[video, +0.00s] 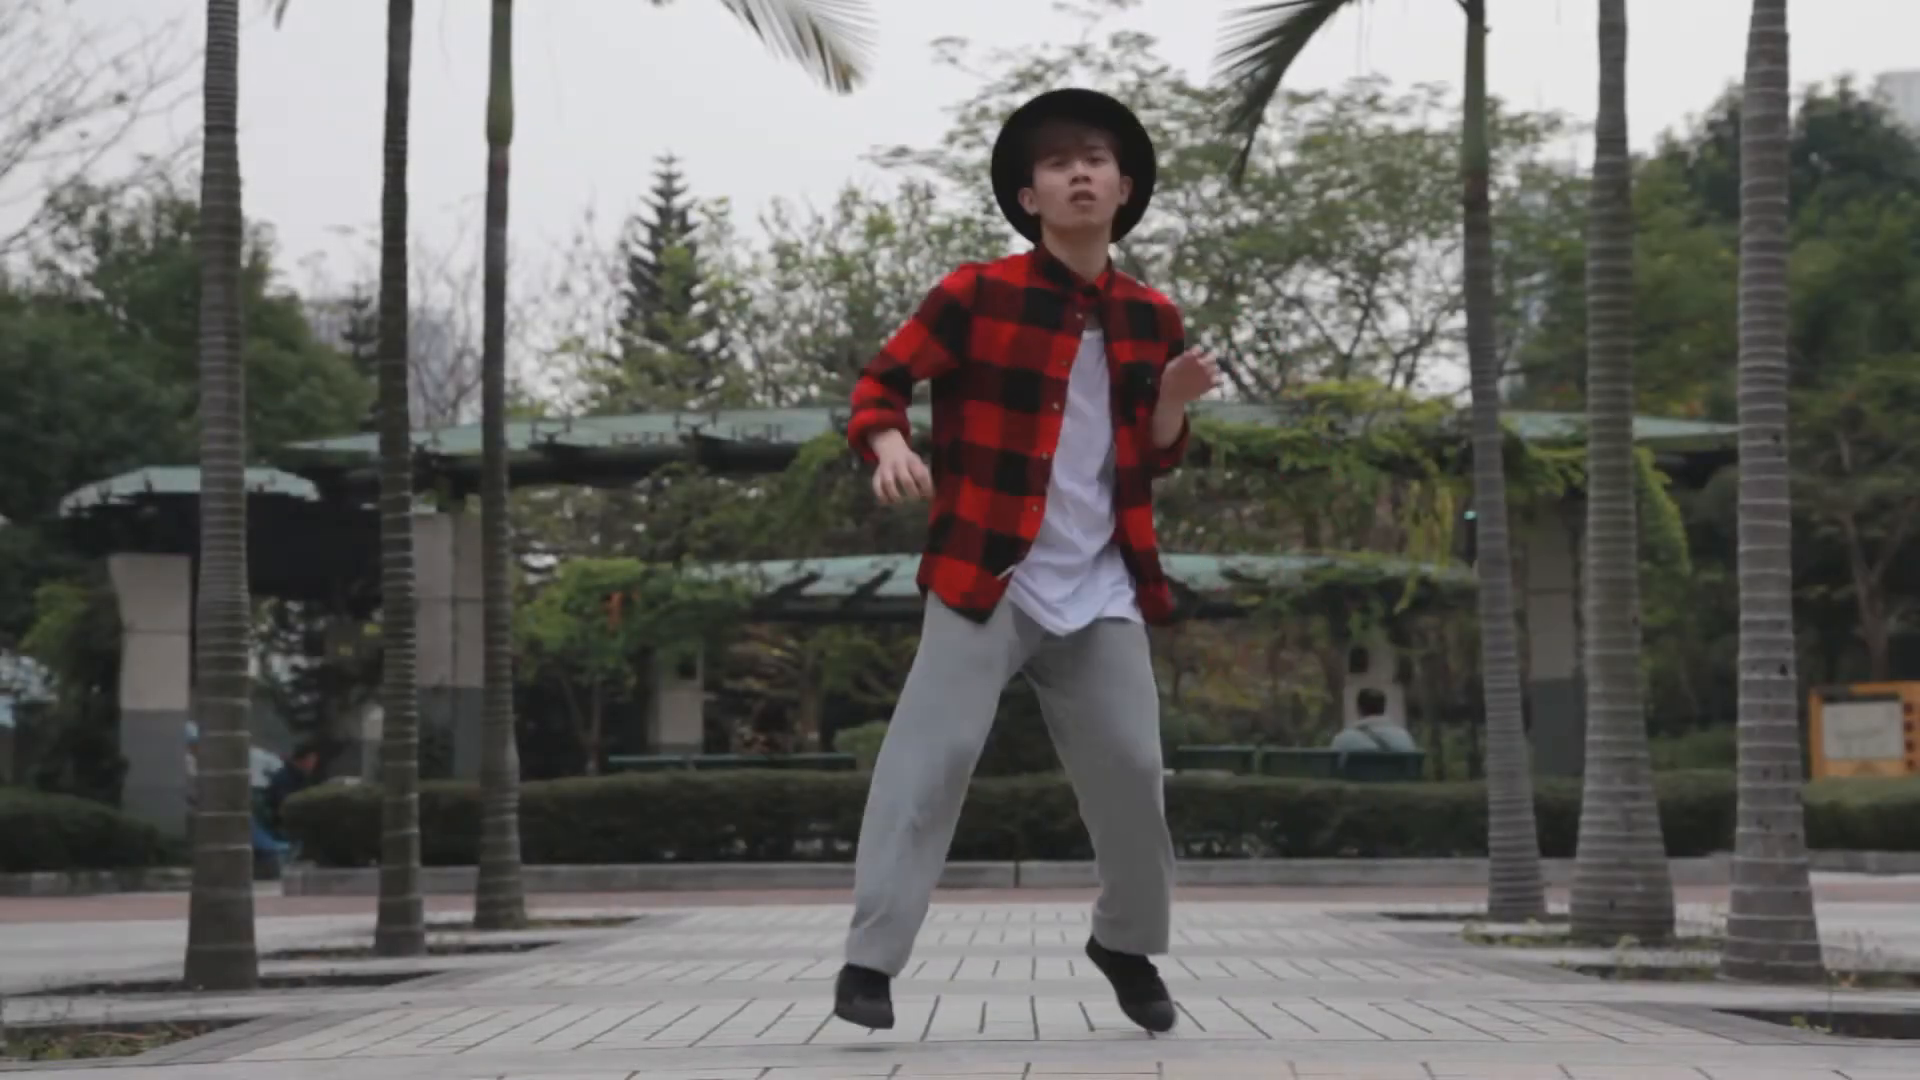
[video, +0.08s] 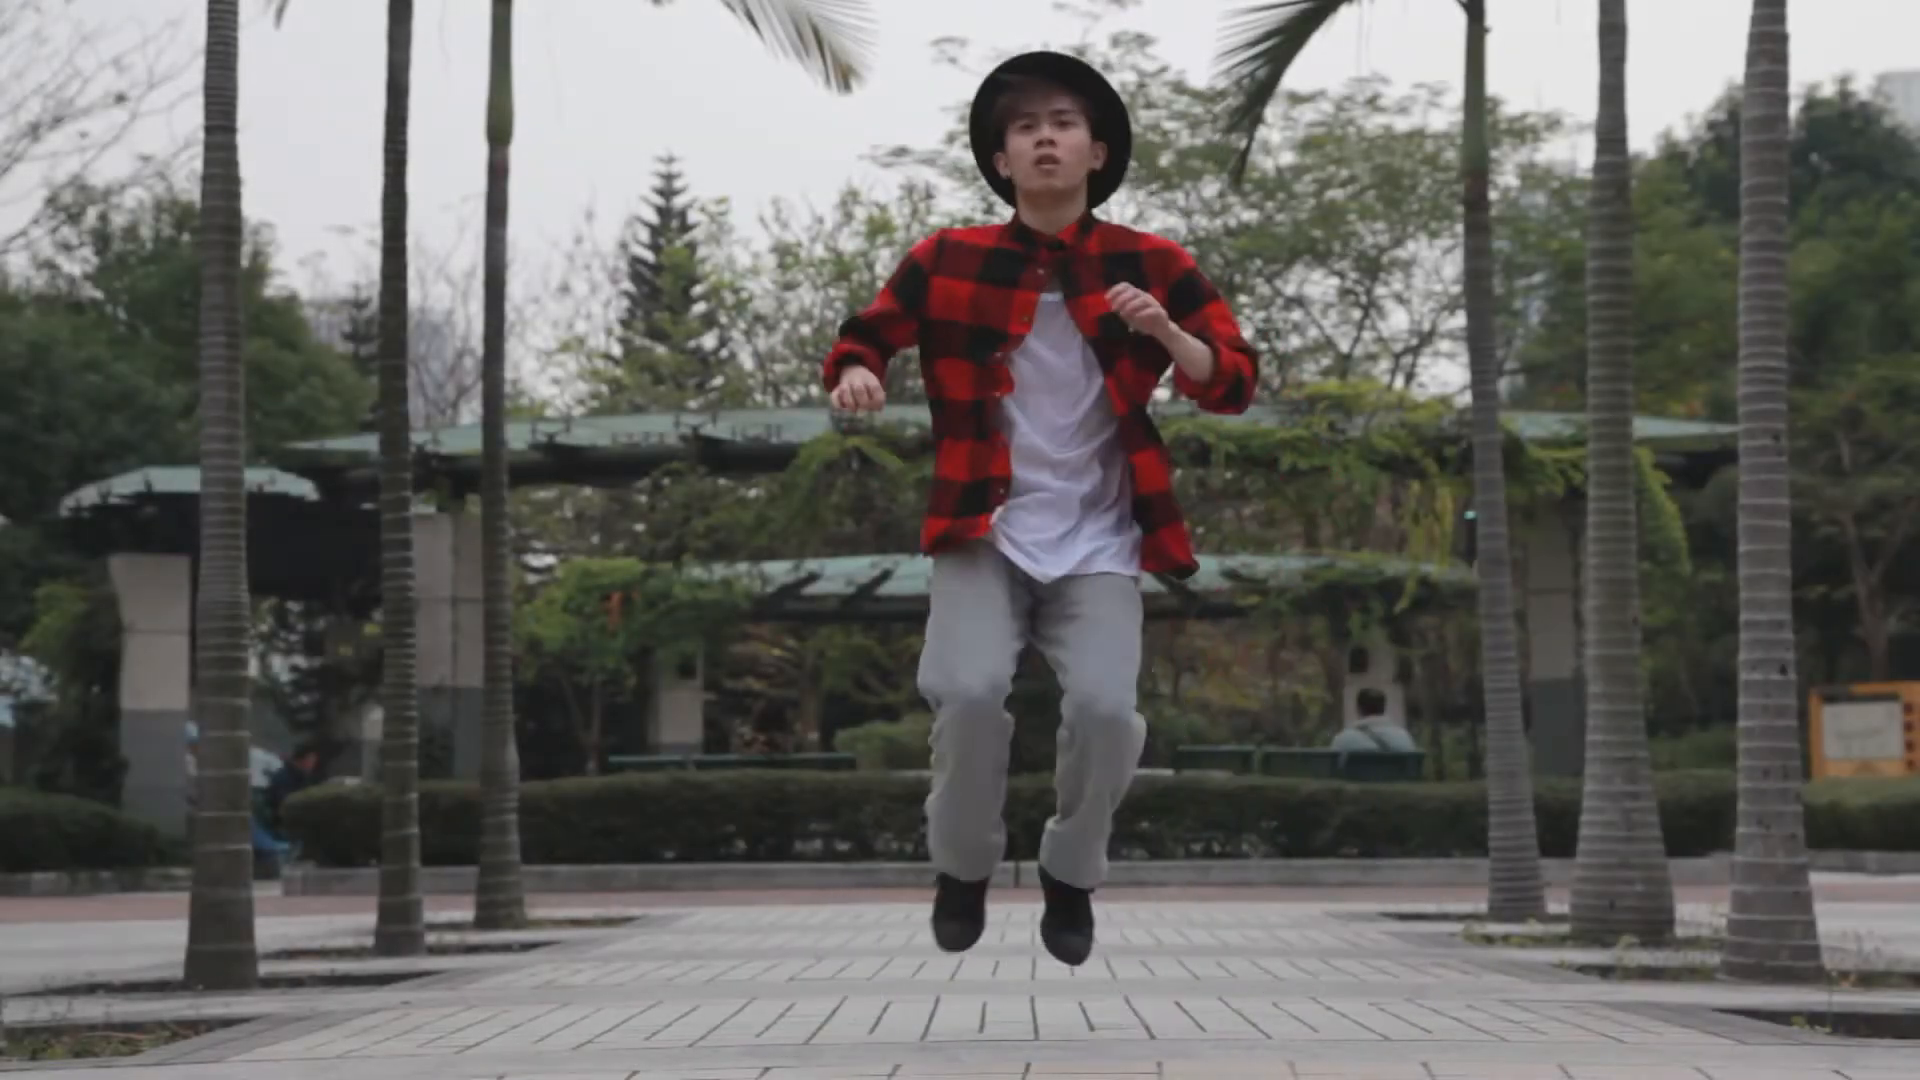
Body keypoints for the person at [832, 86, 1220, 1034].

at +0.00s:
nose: (1078, 172)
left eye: (1095, 157)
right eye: (1055, 161)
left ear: (1127, 186)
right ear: (1025, 196)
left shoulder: (1150, 316)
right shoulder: (976, 294)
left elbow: (1155, 461)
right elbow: (878, 387)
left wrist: (1171, 407)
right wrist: (886, 441)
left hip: (1101, 582)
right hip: (984, 577)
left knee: (1133, 764)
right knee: (928, 758)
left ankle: (1126, 942)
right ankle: (870, 960)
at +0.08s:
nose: (1044, 139)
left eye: (1064, 122)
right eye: (1021, 126)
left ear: (1101, 149)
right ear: (998, 159)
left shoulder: (1151, 265)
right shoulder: (947, 261)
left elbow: (1234, 381)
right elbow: (862, 342)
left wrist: (1173, 337)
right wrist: (854, 374)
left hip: (1099, 540)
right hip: (980, 534)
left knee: (1106, 706)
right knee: (967, 689)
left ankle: (1072, 871)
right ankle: (963, 864)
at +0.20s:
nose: (1001, 134)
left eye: (1023, 119)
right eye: (982, 123)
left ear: (1064, 148)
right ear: (963, 158)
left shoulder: (1116, 258)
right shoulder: (947, 277)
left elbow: (1181, 357)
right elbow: (911, 398)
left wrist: (1092, 354)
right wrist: (866, 429)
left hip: (1101, 541)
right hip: (987, 536)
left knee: (1084, 727)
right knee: (918, 709)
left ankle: (1147, 930)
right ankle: (1003, 853)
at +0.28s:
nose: (982, 176)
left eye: (1006, 158)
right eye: (965, 162)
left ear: (1049, 184)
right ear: (950, 188)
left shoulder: (1074, 292)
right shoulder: (973, 316)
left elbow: (1105, 412)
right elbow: (970, 449)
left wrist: (1030, 460)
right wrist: (886, 480)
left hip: (1093, 584)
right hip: (996, 583)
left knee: (1108, 786)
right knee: (924, 768)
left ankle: (1234, 979)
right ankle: (976, 961)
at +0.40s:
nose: (969, 190)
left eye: (995, 178)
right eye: (958, 175)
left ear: (1034, 212)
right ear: (938, 200)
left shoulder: (1048, 319)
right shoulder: (974, 324)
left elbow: (1076, 462)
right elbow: (971, 467)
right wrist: (867, 452)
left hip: (1061, 586)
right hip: (989, 588)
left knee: (1054, 768)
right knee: (952, 770)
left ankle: (1188, 957)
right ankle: (998, 963)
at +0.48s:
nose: (969, 170)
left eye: (993, 158)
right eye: (954, 156)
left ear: (1031, 196)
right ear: (931, 187)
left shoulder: (1062, 308)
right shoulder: (943, 316)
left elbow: (1118, 438)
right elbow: (919, 435)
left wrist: (1179, 553)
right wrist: (844, 419)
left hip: (1058, 567)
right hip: (977, 564)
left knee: (984, 750)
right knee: (929, 754)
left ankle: (1050, 943)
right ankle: (1017, 950)